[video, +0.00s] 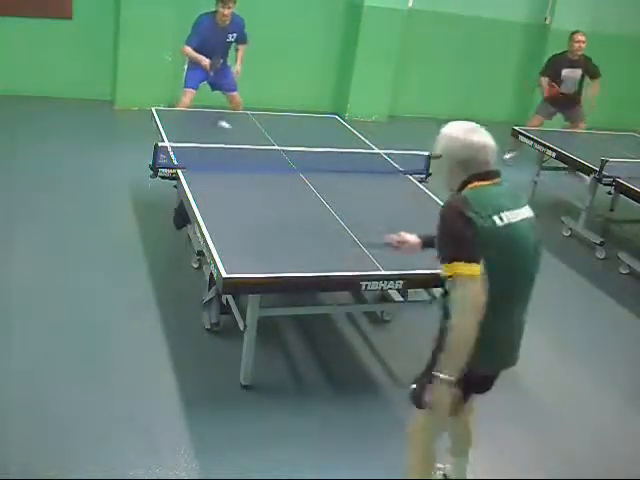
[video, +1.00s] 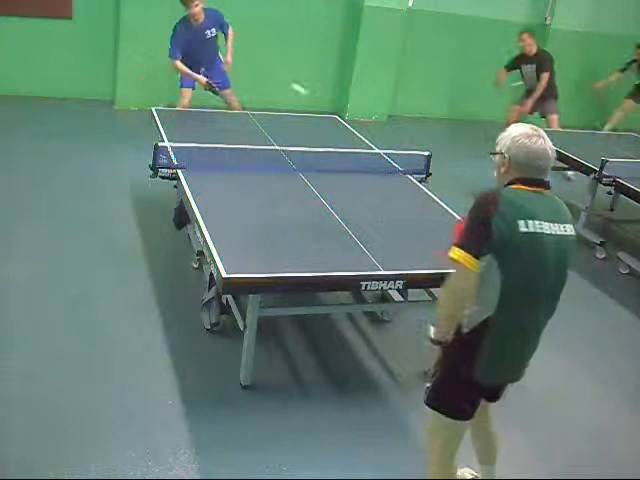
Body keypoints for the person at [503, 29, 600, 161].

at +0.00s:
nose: (580, 45)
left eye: (583, 42)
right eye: (577, 42)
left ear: (585, 45)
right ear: (570, 43)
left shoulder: (586, 62)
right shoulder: (557, 59)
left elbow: (595, 78)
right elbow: (544, 76)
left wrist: (591, 95)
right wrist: (546, 89)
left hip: (573, 101)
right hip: (553, 99)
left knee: (579, 129)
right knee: (533, 124)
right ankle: (515, 149)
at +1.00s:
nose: (524, 44)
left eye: (526, 41)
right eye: (522, 42)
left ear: (533, 41)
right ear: (520, 44)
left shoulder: (544, 57)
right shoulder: (520, 58)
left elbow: (543, 82)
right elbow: (505, 70)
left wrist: (530, 102)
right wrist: (501, 79)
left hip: (547, 94)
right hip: (530, 93)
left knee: (553, 126)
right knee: (512, 116)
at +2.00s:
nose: (534, 34)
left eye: (536, 31)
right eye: (531, 30)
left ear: (537, 33)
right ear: (523, 31)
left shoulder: (534, 49)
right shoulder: (510, 45)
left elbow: (534, 68)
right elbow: (491, 60)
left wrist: (538, 88)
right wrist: (497, 78)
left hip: (519, 84)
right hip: (503, 82)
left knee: (530, 116)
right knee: (494, 115)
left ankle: (523, 141)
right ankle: (474, 138)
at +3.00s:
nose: (521, 16)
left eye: (523, 14)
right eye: (518, 13)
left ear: (524, 16)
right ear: (510, 14)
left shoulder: (520, 34)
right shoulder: (498, 32)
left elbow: (518, 52)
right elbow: (488, 51)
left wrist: (517, 66)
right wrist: (502, 67)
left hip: (509, 75)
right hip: (492, 74)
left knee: (512, 106)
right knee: (486, 104)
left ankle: (509, 136)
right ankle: (476, 130)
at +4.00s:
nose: (536, 20)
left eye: (538, 17)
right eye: (534, 16)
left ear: (539, 19)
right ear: (526, 16)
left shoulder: (536, 37)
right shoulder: (512, 33)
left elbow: (536, 59)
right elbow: (503, 56)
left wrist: (533, 79)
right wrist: (502, 77)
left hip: (525, 80)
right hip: (508, 79)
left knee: (522, 110)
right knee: (493, 106)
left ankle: (508, 136)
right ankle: (479, 130)